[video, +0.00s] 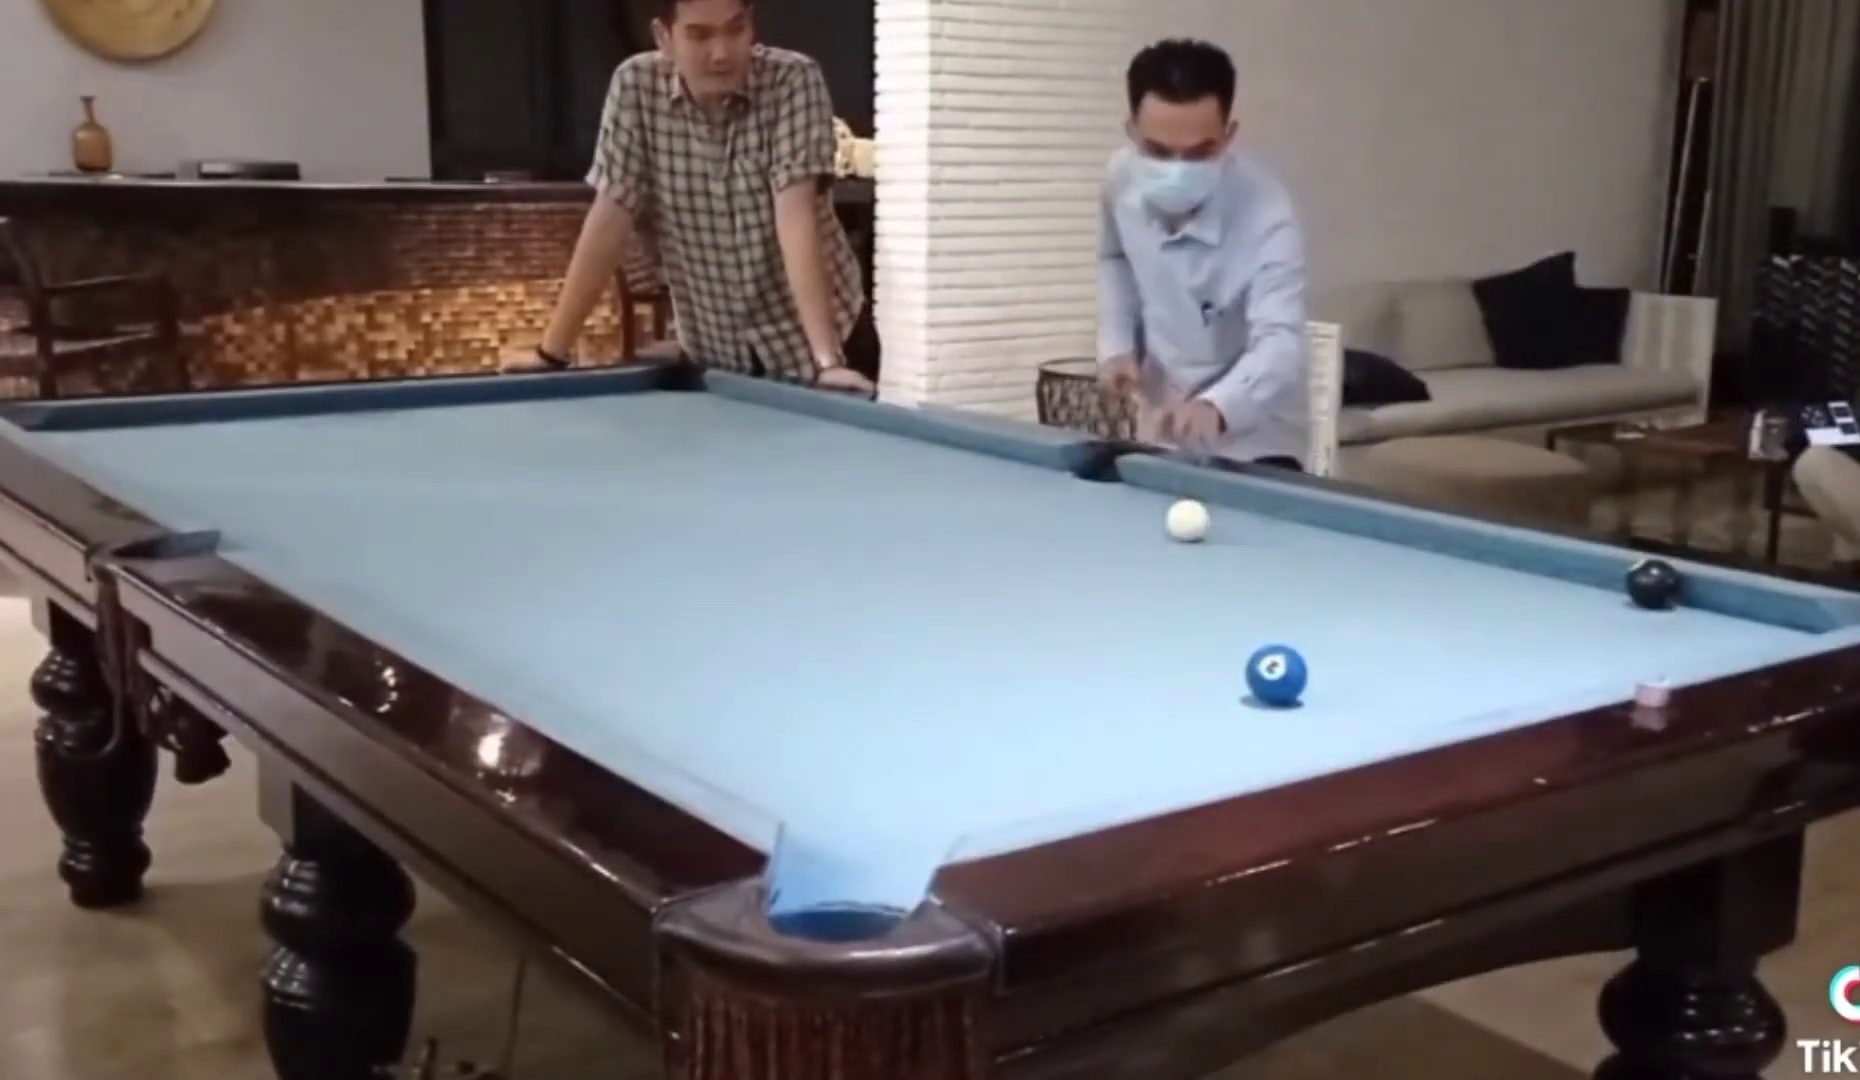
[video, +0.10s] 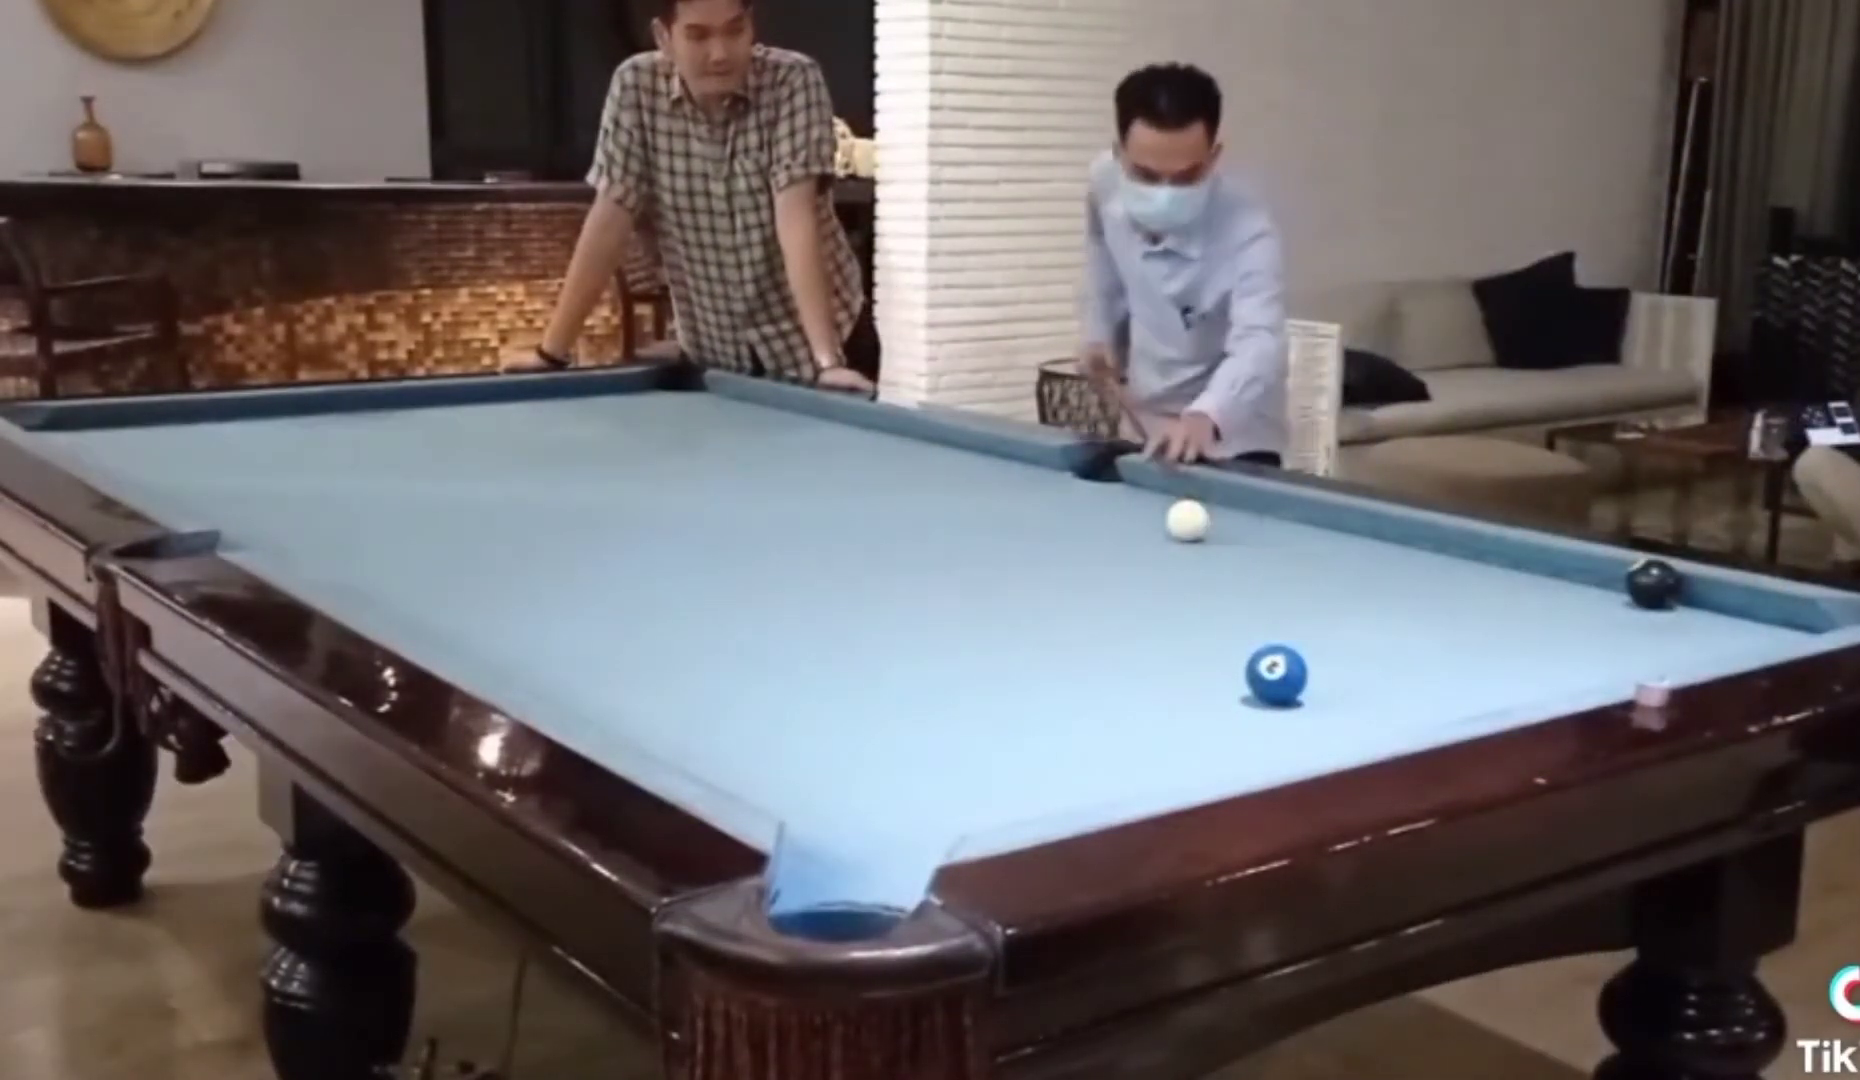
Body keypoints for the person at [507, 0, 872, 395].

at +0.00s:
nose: (721, 53)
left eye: (736, 30)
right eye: (700, 35)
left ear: (753, 26)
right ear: (663, 36)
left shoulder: (792, 80)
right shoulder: (637, 85)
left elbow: (797, 214)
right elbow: (611, 214)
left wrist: (828, 360)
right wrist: (552, 352)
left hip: (822, 348)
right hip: (713, 352)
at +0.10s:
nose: (720, 53)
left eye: (735, 32)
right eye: (699, 35)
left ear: (753, 27)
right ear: (663, 36)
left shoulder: (792, 80)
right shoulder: (637, 85)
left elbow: (797, 215)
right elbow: (611, 215)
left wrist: (828, 360)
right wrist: (552, 352)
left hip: (821, 349)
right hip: (712, 352)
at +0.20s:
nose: (718, 53)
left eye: (734, 32)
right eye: (698, 36)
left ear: (752, 27)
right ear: (662, 36)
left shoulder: (792, 80)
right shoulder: (637, 85)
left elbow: (798, 217)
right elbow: (611, 215)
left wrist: (828, 361)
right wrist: (552, 352)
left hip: (819, 347)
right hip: (711, 350)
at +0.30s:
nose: (718, 54)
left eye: (734, 33)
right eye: (697, 37)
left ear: (751, 29)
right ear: (663, 38)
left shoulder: (791, 79)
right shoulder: (637, 85)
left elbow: (798, 216)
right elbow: (610, 216)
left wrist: (829, 361)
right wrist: (551, 353)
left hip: (816, 348)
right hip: (710, 349)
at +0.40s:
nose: (717, 54)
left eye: (733, 33)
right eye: (696, 37)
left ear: (751, 30)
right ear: (662, 38)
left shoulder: (791, 80)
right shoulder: (636, 85)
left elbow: (798, 216)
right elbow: (611, 216)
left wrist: (829, 361)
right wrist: (551, 353)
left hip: (819, 349)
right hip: (711, 350)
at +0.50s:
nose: (717, 55)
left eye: (733, 33)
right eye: (696, 38)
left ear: (751, 29)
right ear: (662, 37)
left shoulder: (792, 80)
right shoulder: (637, 85)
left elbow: (798, 216)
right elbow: (610, 216)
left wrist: (829, 360)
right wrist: (550, 353)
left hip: (814, 348)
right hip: (710, 348)